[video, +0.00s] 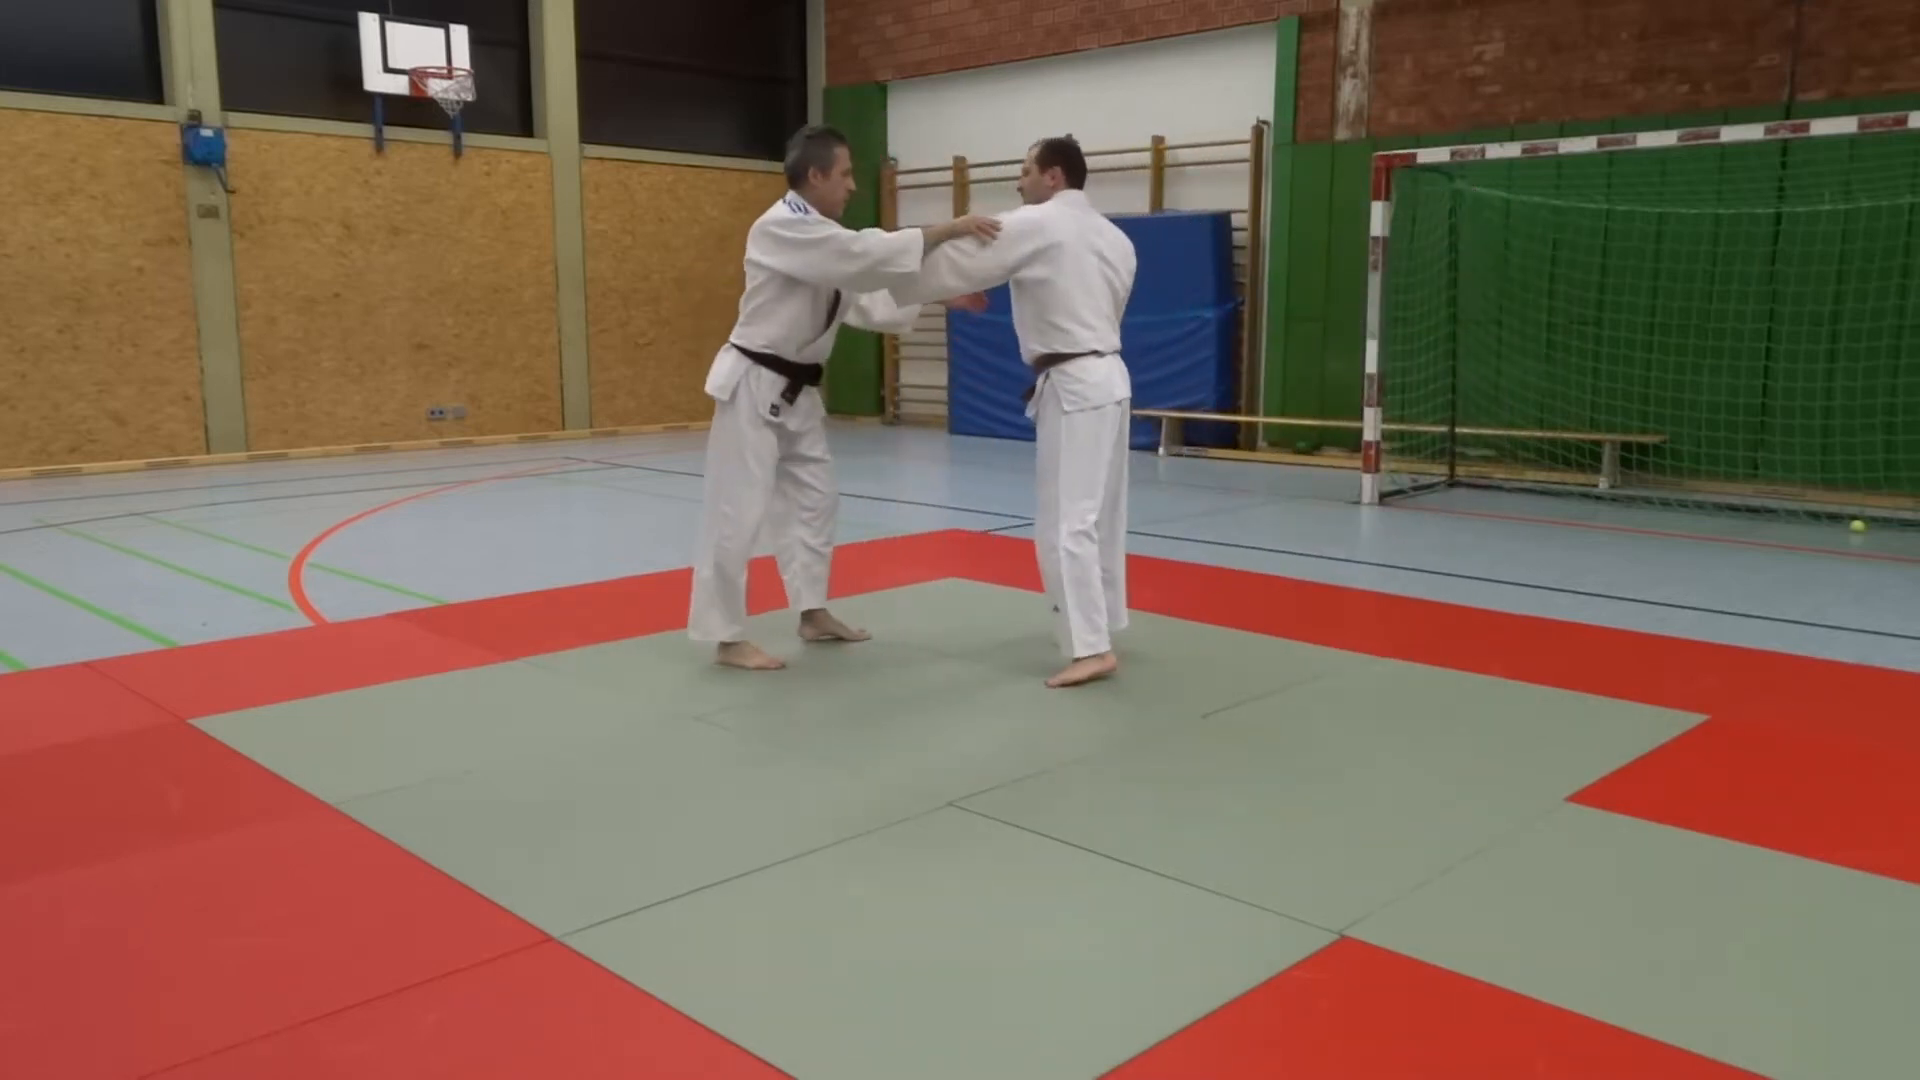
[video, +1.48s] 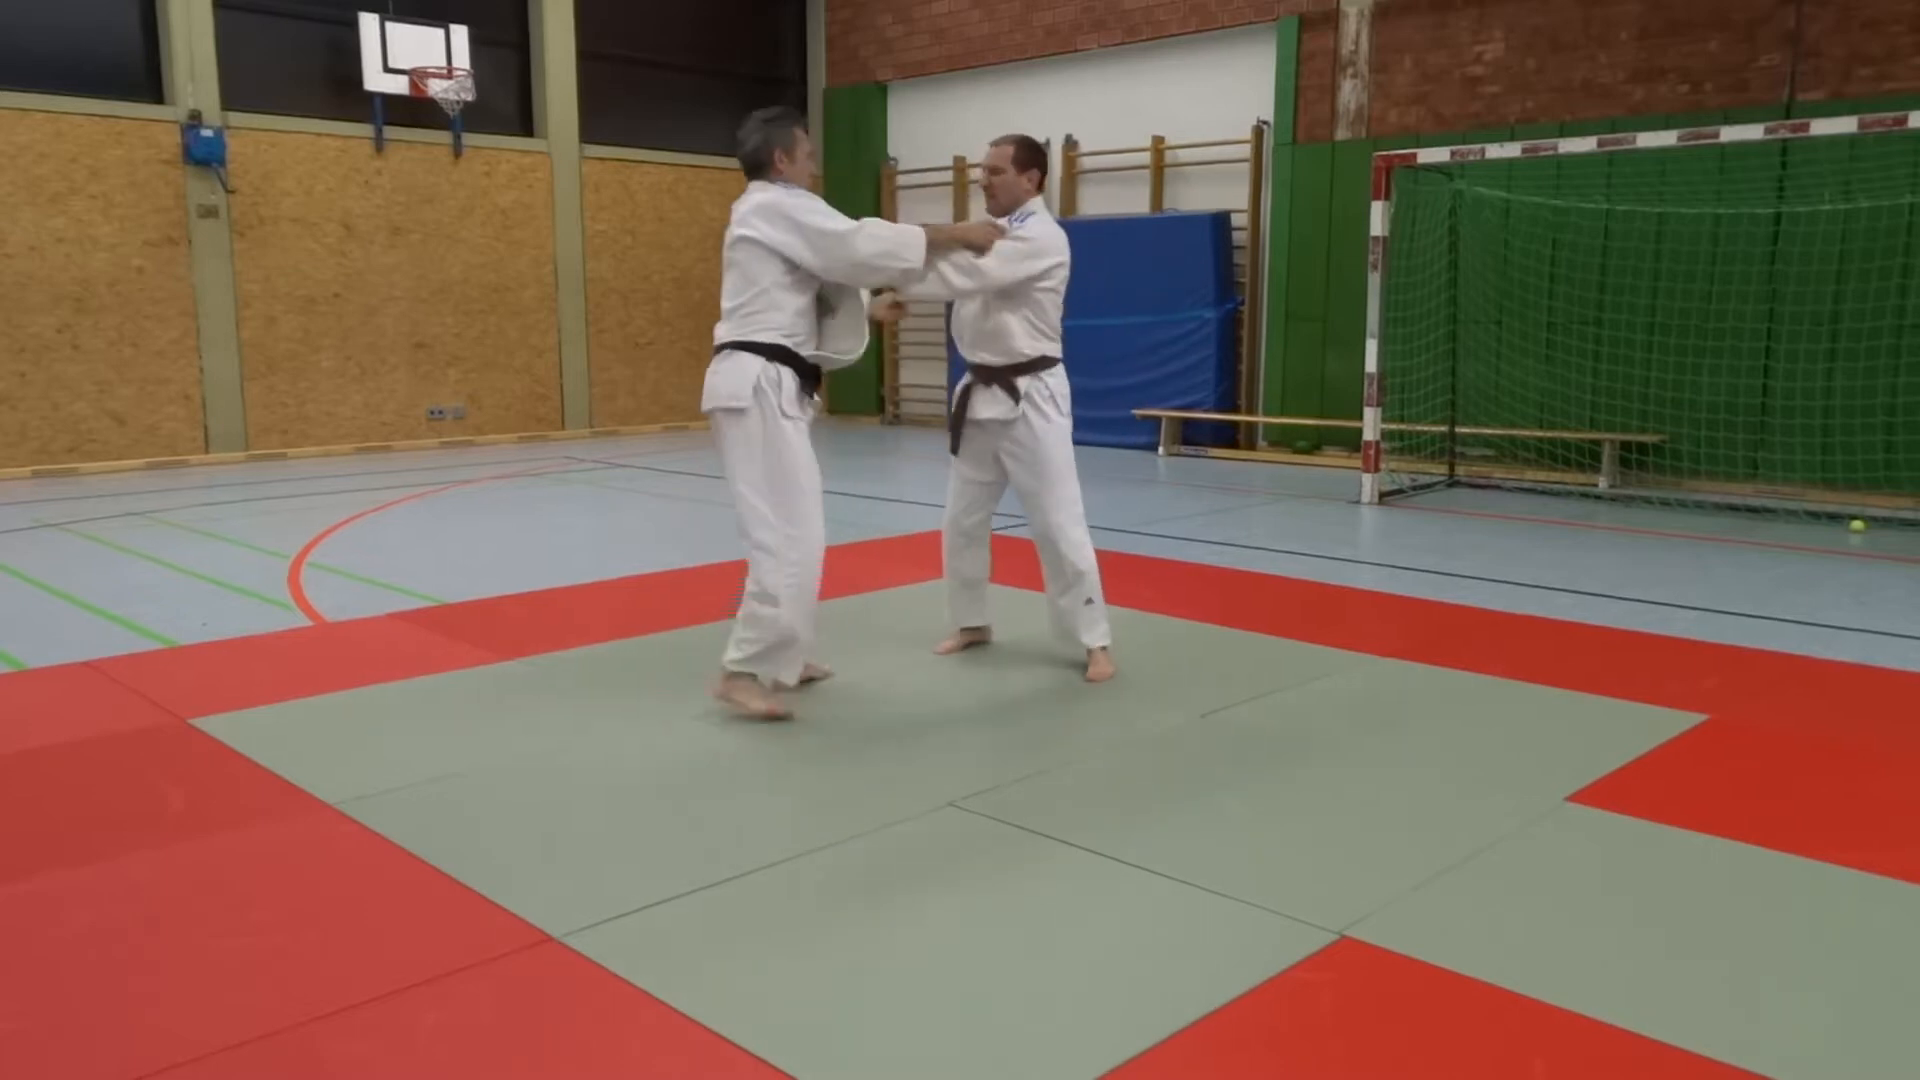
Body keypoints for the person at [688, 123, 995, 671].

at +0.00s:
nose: (853, 187)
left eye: (852, 175)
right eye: (845, 176)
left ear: (819, 176)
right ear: (813, 177)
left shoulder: (825, 238)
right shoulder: (779, 226)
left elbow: (868, 299)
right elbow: (857, 252)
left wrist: (941, 293)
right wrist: (947, 229)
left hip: (800, 389)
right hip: (753, 382)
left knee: (815, 499)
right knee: (737, 508)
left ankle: (814, 614)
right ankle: (728, 638)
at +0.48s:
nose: (894, 184)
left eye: (894, 176)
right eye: (883, 176)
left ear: (887, 183)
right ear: (849, 181)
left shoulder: (883, 240)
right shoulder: (831, 220)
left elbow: (921, 304)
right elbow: (896, 239)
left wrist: (999, 292)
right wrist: (991, 231)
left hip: (836, 386)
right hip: (792, 378)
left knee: (848, 501)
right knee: (771, 508)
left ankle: (845, 615)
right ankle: (737, 635)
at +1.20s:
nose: (893, 184)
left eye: (893, 173)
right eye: (888, 173)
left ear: (850, 171)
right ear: (859, 172)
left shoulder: (842, 215)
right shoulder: (843, 218)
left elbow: (906, 262)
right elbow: (913, 282)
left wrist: (975, 274)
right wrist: (1008, 276)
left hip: (824, 383)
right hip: (802, 380)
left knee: (834, 514)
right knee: (802, 527)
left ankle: (806, 633)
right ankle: (774, 680)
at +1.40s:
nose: (832, 169)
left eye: (829, 160)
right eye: (825, 159)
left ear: (790, 166)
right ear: (800, 164)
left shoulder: (790, 211)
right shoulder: (789, 207)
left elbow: (863, 261)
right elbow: (869, 246)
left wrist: (927, 244)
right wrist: (969, 242)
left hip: (783, 381)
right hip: (771, 381)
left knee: (794, 527)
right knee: (791, 530)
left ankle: (789, 656)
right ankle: (777, 676)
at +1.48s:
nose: (815, 163)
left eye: (812, 153)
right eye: (808, 153)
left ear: (770, 161)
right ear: (782, 158)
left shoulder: (771, 211)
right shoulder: (771, 204)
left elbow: (800, 314)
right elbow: (857, 243)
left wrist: (867, 312)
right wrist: (956, 234)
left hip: (771, 383)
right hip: (758, 383)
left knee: (792, 525)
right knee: (789, 529)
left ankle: (784, 652)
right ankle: (743, 670)